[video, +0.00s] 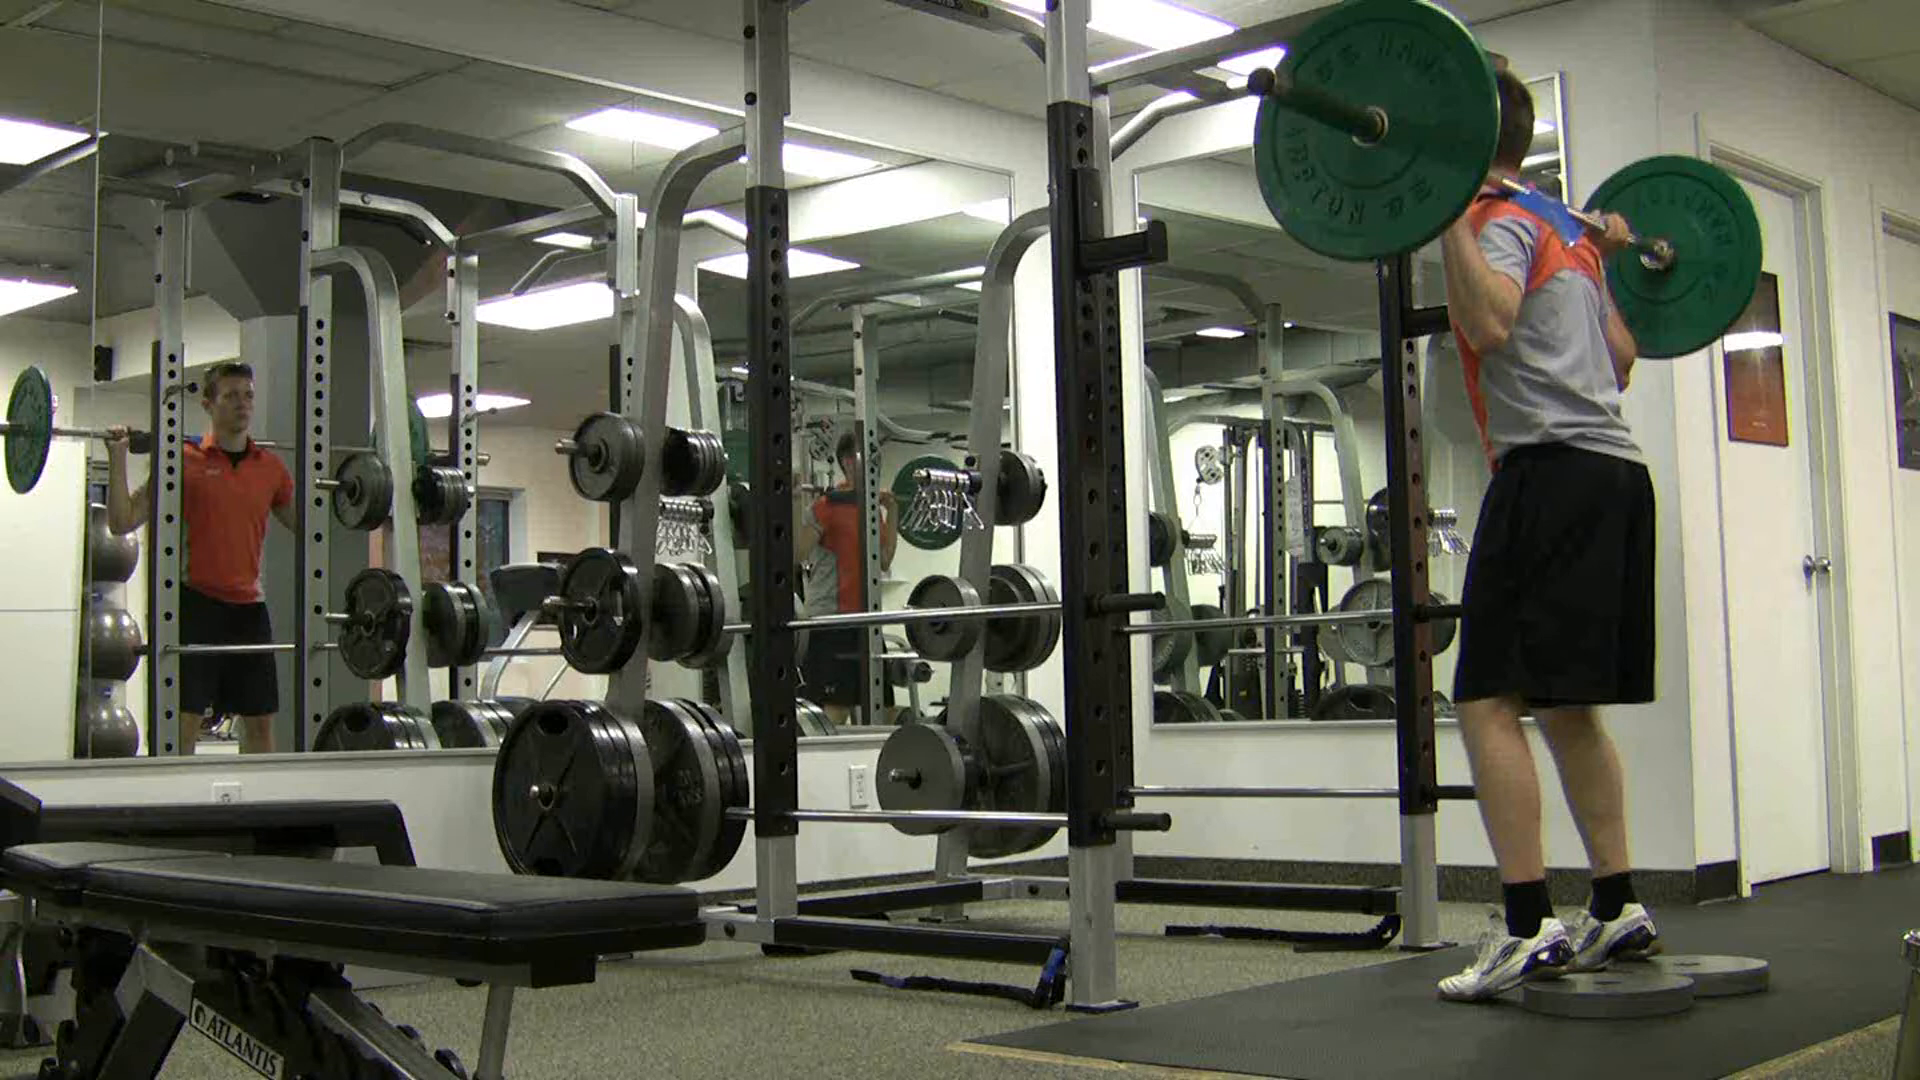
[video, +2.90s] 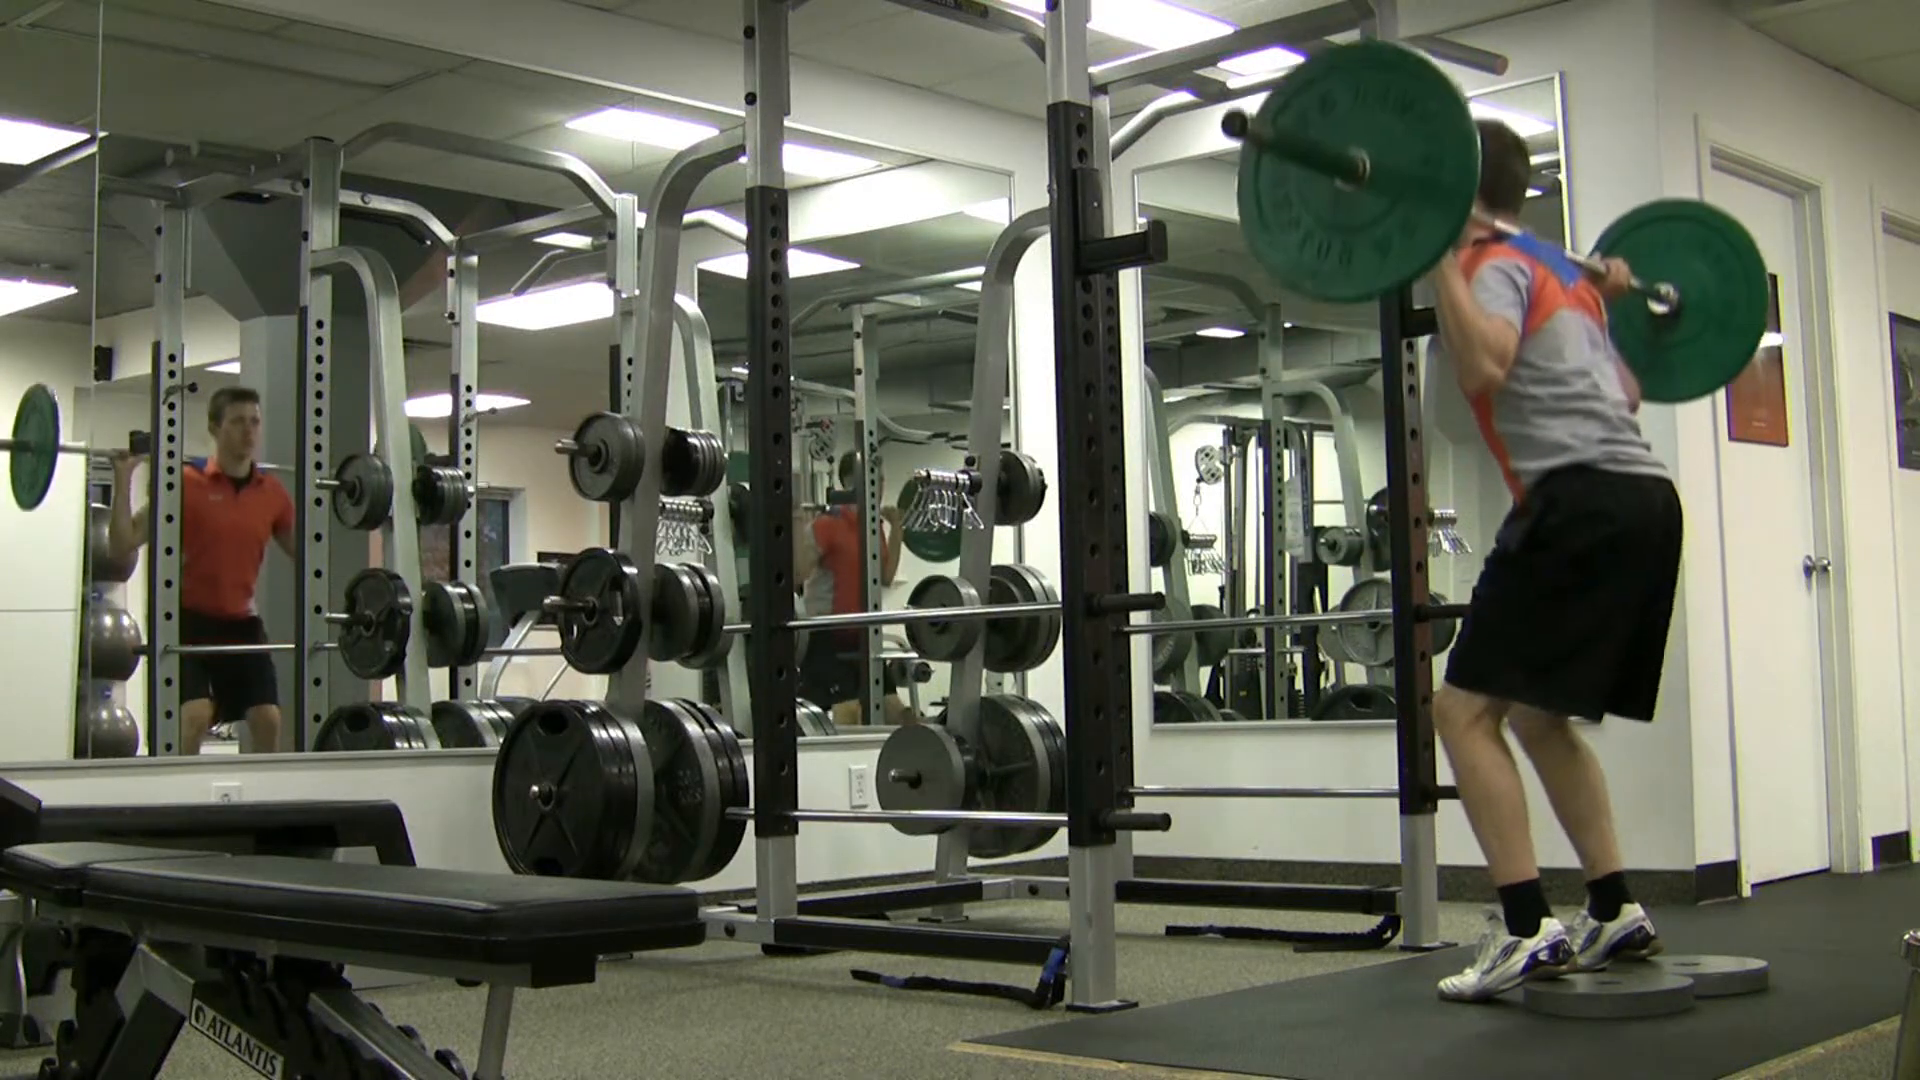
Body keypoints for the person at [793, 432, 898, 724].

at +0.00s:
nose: (864, 466)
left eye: (868, 458)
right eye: (857, 458)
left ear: (874, 461)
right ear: (844, 461)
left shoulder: (870, 507)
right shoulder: (826, 505)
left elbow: (885, 559)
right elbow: (799, 553)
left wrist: (892, 513)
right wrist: (797, 503)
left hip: (866, 615)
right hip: (831, 616)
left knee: (878, 708)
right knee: (835, 706)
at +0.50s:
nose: (871, 506)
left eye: (876, 498)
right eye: (863, 499)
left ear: (882, 501)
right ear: (848, 506)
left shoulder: (875, 545)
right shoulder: (833, 544)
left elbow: (887, 596)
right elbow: (808, 593)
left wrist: (897, 548)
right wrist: (804, 547)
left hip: (869, 652)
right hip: (835, 652)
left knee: (903, 716)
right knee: (852, 721)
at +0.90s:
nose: (874, 545)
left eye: (880, 536)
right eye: (866, 537)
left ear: (886, 540)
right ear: (851, 542)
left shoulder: (881, 585)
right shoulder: (832, 584)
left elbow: (887, 632)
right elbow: (816, 632)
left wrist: (899, 584)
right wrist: (803, 587)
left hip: (869, 678)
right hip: (830, 678)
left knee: (909, 716)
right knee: (860, 717)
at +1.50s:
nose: (887, 586)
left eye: (889, 579)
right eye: (879, 580)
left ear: (893, 581)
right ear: (857, 585)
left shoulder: (883, 622)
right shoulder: (836, 623)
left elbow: (891, 668)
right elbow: (807, 673)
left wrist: (903, 625)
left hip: (872, 704)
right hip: (838, 706)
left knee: (917, 721)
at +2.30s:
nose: (887, 560)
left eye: (888, 552)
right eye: (879, 553)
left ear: (891, 554)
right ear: (857, 557)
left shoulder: (880, 596)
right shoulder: (835, 595)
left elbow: (889, 645)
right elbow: (812, 644)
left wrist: (902, 601)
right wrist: (807, 600)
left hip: (870, 687)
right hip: (836, 687)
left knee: (915, 720)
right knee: (864, 727)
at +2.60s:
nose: (881, 520)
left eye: (883, 512)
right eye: (872, 512)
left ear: (886, 515)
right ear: (852, 516)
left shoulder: (877, 558)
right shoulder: (830, 558)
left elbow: (887, 606)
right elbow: (809, 602)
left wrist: (900, 558)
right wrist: (799, 560)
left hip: (870, 661)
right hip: (836, 662)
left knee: (910, 720)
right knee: (857, 722)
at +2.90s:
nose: (878, 487)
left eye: (879, 479)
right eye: (871, 479)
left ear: (880, 483)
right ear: (850, 482)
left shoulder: (873, 525)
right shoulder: (828, 525)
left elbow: (886, 576)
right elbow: (799, 573)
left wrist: (897, 529)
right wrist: (798, 525)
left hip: (864, 630)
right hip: (832, 630)